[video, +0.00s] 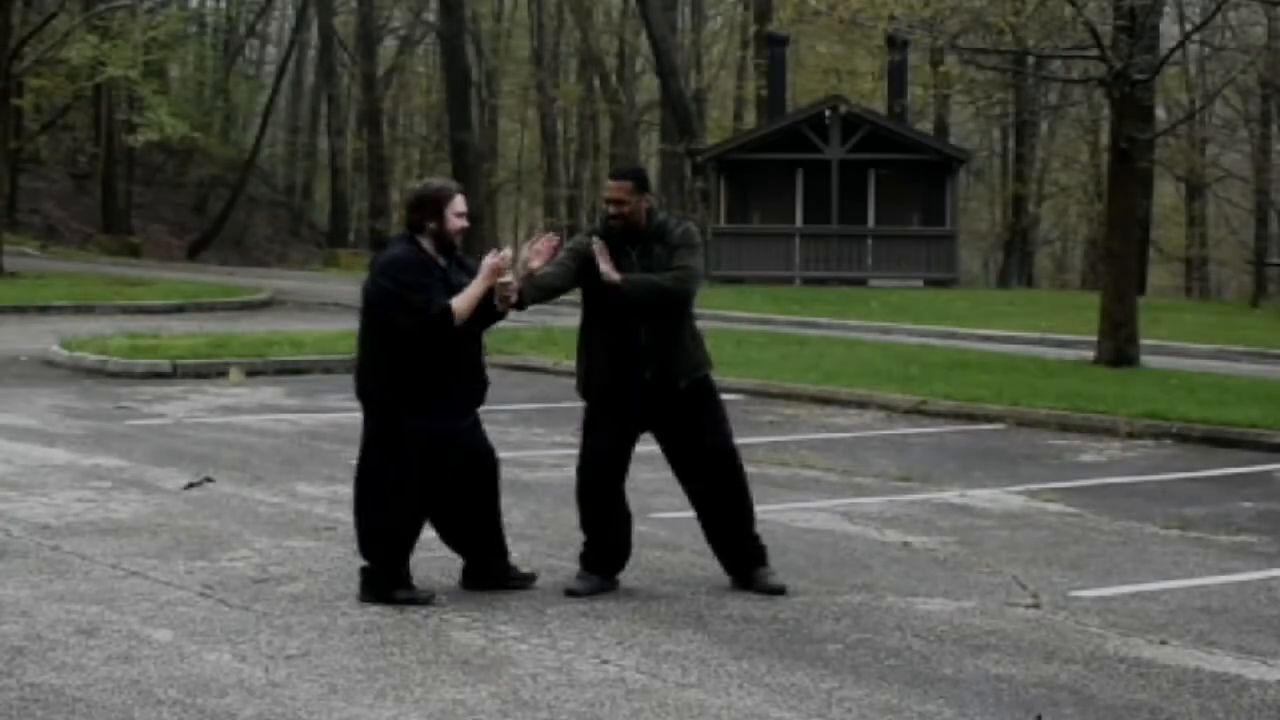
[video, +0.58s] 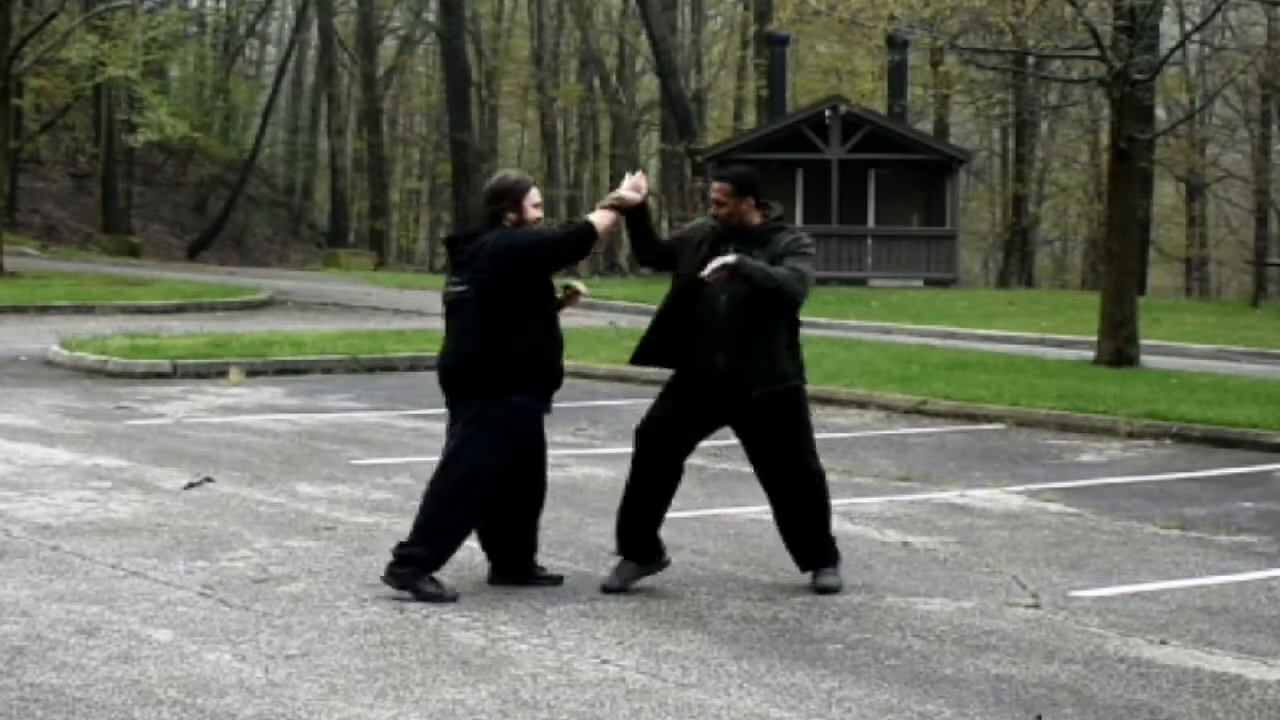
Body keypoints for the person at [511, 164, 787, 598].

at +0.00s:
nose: (612, 212)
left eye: (621, 204)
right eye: (607, 204)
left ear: (646, 202)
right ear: (602, 203)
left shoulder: (677, 235)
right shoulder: (595, 243)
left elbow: (683, 287)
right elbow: (557, 274)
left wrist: (619, 279)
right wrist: (520, 290)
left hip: (678, 383)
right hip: (613, 386)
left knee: (717, 473)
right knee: (598, 479)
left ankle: (749, 567)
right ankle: (599, 569)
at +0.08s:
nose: (613, 212)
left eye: (622, 204)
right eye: (608, 203)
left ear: (647, 203)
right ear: (603, 203)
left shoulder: (681, 238)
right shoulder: (593, 247)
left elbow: (686, 289)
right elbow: (560, 283)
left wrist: (623, 280)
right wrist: (529, 310)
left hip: (681, 383)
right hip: (616, 387)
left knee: (720, 471)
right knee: (598, 478)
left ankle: (751, 567)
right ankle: (599, 569)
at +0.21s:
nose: (623, 212)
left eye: (633, 206)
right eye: (620, 204)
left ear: (659, 206)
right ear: (616, 205)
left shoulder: (693, 245)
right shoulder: (605, 251)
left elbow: (701, 297)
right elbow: (569, 296)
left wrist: (635, 285)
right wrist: (584, 326)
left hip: (689, 385)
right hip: (624, 387)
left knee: (737, 468)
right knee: (598, 475)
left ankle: (782, 556)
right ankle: (597, 568)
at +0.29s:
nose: (640, 213)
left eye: (649, 206)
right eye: (637, 204)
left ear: (675, 208)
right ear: (633, 204)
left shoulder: (706, 247)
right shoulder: (624, 247)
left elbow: (709, 298)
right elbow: (579, 289)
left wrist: (638, 292)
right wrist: (612, 284)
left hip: (697, 392)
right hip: (630, 394)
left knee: (750, 469)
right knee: (602, 477)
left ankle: (805, 551)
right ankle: (597, 569)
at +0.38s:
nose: (662, 213)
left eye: (671, 206)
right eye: (660, 204)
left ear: (699, 207)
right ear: (656, 204)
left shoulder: (727, 246)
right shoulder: (648, 242)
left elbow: (726, 294)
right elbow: (592, 266)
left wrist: (657, 292)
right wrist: (605, 236)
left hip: (713, 389)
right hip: (649, 388)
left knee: (763, 473)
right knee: (615, 475)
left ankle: (821, 554)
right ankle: (598, 569)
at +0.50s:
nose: (693, 210)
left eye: (701, 203)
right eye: (691, 202)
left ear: (731, 204)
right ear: (689, 201)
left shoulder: (764, 241)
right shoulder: (682, 235)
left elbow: (764, 287)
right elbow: (622, 252)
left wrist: (702, 276)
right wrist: (624, 202)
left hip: (748, 387)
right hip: (684, 385)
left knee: (784, 474)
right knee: (640, 472)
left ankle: (821, 564)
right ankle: (602, 566)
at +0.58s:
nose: (715, 210)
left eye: (722, 203)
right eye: (713, 202)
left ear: (752, 204)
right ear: (715, 202)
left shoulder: (788, 242)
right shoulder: (704, 235)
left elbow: (794, 287)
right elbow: (652, 255)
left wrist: (740, 265)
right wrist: (635, 209)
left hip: (767, 385)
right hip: (701, 380)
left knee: (794, 471)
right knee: (654, 445)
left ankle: (823, 563)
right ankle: (639, 552)